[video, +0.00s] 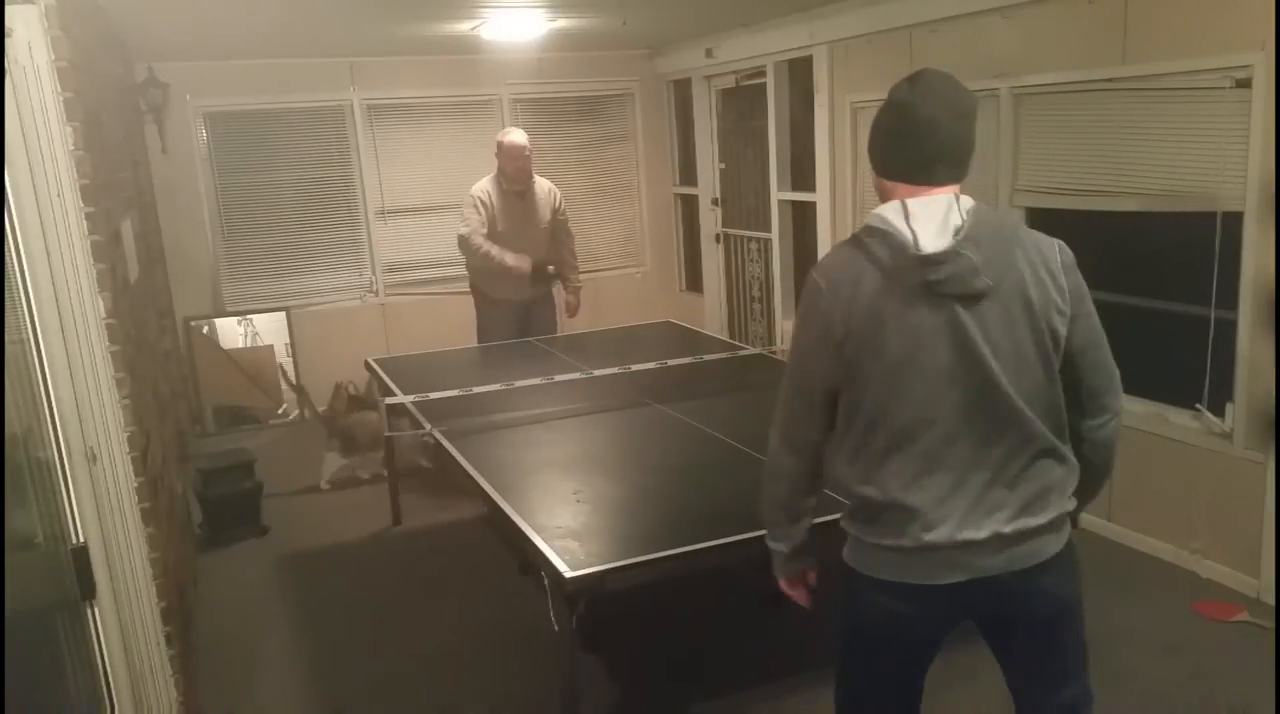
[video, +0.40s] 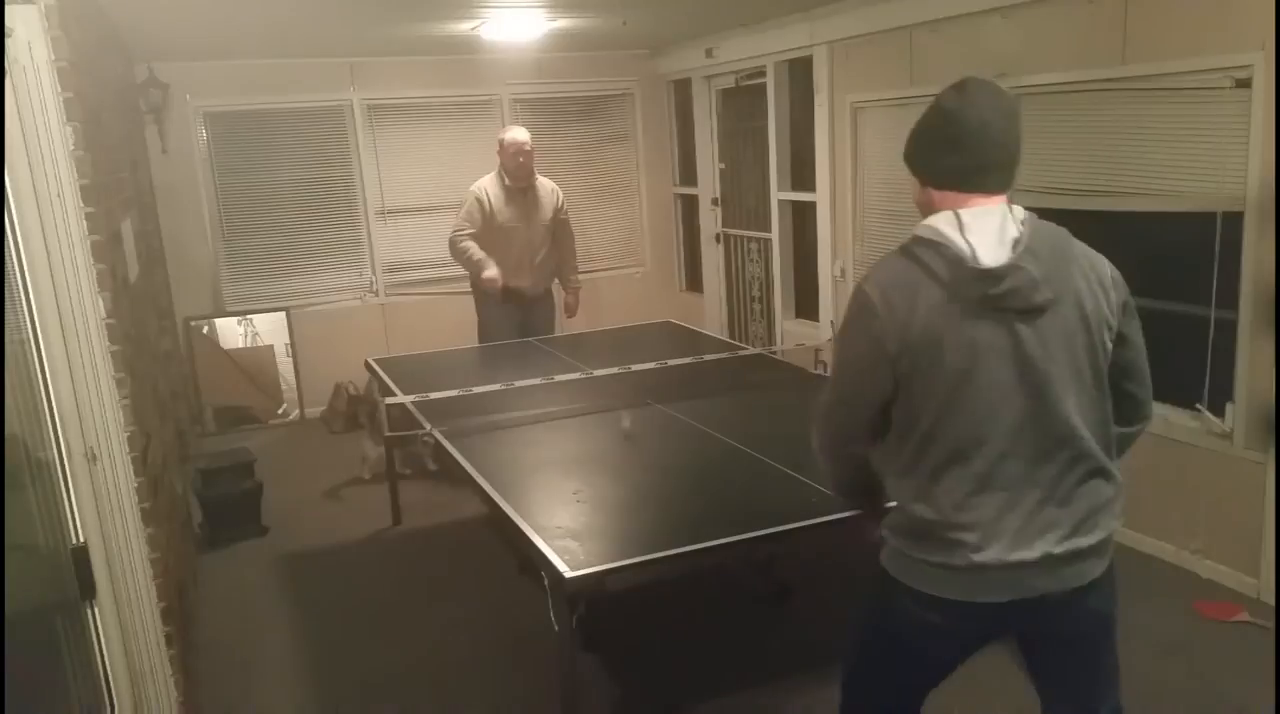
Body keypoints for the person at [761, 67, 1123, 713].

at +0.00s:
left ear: (876, 167)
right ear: (966, 161)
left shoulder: (839, 279)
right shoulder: (1046, 261)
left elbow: (795, 434)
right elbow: (1101, 407)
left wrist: (788, 546)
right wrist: (1069, 493)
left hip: (893, 579)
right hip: (1033, 570)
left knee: (874, 706)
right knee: (1061, 705)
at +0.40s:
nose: (913, 188)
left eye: (913, 175)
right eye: (918, 173)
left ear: (922, 181)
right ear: (1010, 171)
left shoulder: (891, 290)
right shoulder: (1093, 273)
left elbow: (838, 436)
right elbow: (1132, 408)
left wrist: (878, 503)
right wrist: (1064, 471)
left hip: (939, 587)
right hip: (1074, 583)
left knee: (873, 704)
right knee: (1091, 708)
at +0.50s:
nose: (913, 195)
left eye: (912, 182)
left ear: (919, 188)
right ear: (1008, 176)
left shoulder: (884, 294)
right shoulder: (1095, 275)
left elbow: (825, 418)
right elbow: (1149, 410)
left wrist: (913, 428)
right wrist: (1098, 481)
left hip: (933, 590)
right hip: (1071, 587)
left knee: (874, 705)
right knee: (1087, 707)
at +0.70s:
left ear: (890, 176)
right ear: (978, 177)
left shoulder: (844, 277)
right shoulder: (1046, 281)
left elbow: (791, 320)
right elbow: (1120, 447)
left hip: (880, 571)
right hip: (1008, 572)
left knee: (849, 697)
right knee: (1070, 699)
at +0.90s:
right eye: (924, 124)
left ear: (843, 131)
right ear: (926, 137)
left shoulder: (797, 235)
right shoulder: (948, 230)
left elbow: (791, 360)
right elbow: (880, 370)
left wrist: (797, 452)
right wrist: (802, 458)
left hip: (827, 535)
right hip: (927, 538)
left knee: (824, 694)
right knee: (988, 693)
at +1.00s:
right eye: (890, 90)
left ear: (813, 99)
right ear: (895, 102)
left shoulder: (774, 202)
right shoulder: (917, 190)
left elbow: (773, 341)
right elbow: (883, 339)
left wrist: (784, 445)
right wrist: (812, 454)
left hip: (802, 514)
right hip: (895, 519)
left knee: (807, 686)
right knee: (930, 691)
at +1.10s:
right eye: (862, 93)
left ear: (783, 107)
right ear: (869, 106)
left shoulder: (748, 211)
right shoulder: (894, 192)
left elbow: (745, 356)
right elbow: (872, 353)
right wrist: (815, 492)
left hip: (770, 519)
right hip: (869, 531)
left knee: (794, 690)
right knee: (868, 693)